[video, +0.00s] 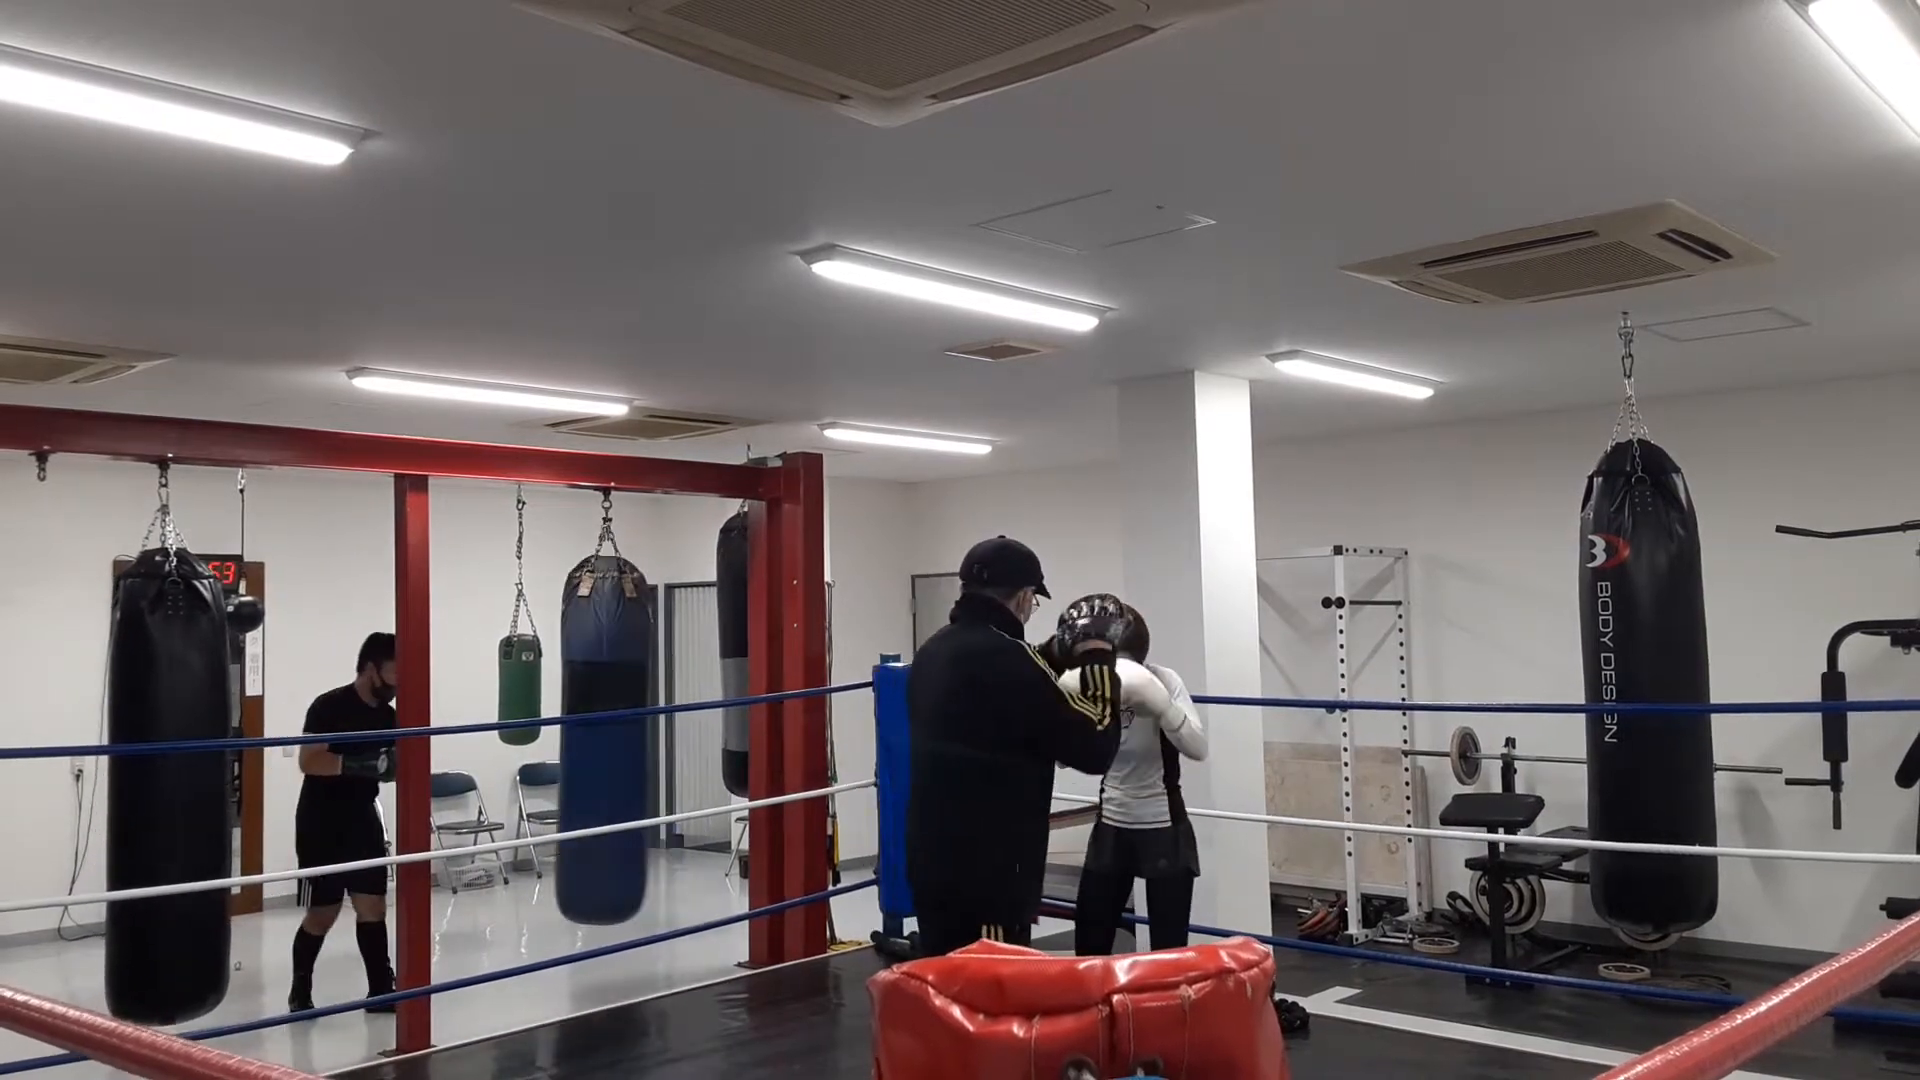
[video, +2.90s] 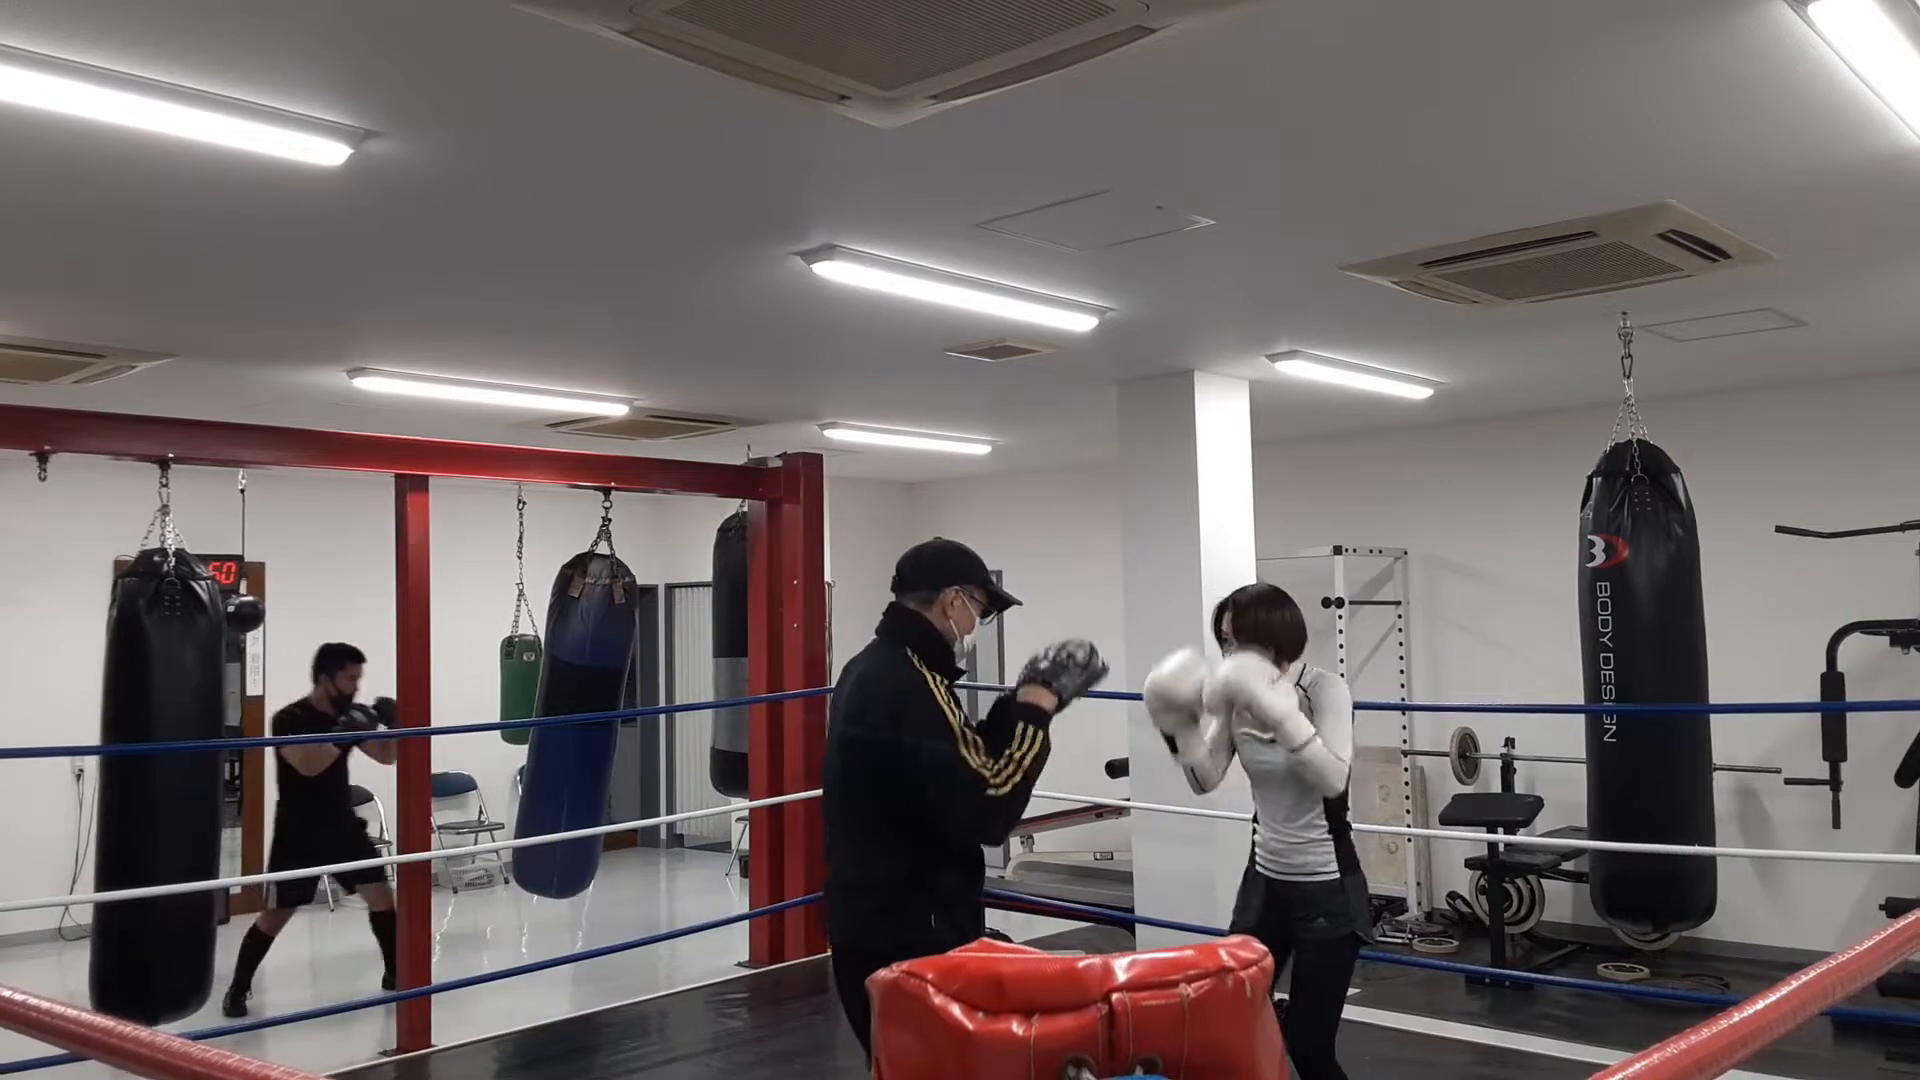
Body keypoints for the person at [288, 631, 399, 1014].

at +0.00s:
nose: (398, 680)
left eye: (400, 673)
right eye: (393, 671)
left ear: (383, 670)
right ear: (370, 667)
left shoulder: (389, 716)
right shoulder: (327, 707)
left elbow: (396, 766)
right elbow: (308, 761)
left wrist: (403, 762)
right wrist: (358, 763)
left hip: (363, 814)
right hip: (321, 816)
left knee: (372, 904)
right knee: (324, 910)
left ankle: (380, 991)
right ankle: (300, 993)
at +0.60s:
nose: (362, 687)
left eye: (365, 679)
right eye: (357, 678)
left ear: (343, 679)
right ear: (330, 675)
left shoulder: (346, 719)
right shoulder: (288, 718)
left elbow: (340, 768)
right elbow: (276, 779)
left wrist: (365, 768)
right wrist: (330, 774)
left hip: (329, 825)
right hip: (288, 828)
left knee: (354, 907)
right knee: (280, 920)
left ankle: (378, 989)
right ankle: (247, 1004)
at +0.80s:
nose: (332, 678)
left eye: (333, 670)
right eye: (326, 670)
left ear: (307, 672)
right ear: (298, 670)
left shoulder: (319, 712)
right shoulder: (260, 716)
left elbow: (311, 761)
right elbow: (249, 778)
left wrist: (339, 761)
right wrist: (302, 770)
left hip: (310, 821)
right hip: (269, 826)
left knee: (337, 902)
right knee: (268, 915)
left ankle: (340, 987)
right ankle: (245, 1003)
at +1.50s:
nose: (364, 685)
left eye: (367, 677)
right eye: (357, 677)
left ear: (366, 675)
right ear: (331, 676)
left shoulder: (358, 718)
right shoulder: (295, 720)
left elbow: (355, 765)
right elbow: (282, 778)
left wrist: (370, 771)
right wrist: (332, 778)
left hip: (339, 816)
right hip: (297, 820)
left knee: (365, 889)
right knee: (285, 907)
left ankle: (371, 975)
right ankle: (252, 998)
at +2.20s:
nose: (323, 681)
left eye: (327, 673)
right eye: (316, 673)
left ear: (328, 671)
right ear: (292, 670)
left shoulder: (315, 711)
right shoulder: (254, 711)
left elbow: (351, 757)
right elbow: (266, 760)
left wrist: (361, 733)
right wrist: (309, 729)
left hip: (307, 820)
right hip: (263, 824)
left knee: (331, 892)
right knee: (254, 905)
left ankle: (355, 974)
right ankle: (235, 989)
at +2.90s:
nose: (355, 686)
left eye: (357, 678)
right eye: (348, 678)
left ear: (355, 679)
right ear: (324, 678)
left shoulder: (348, 718)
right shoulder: (288, 719)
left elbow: (386, 755)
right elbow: (307, 763)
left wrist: (393, 724)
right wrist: (346, 731)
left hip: (343, 828)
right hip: (298, 832)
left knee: (380, 896)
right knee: (277, 912)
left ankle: (395, 972)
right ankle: (238, 989)